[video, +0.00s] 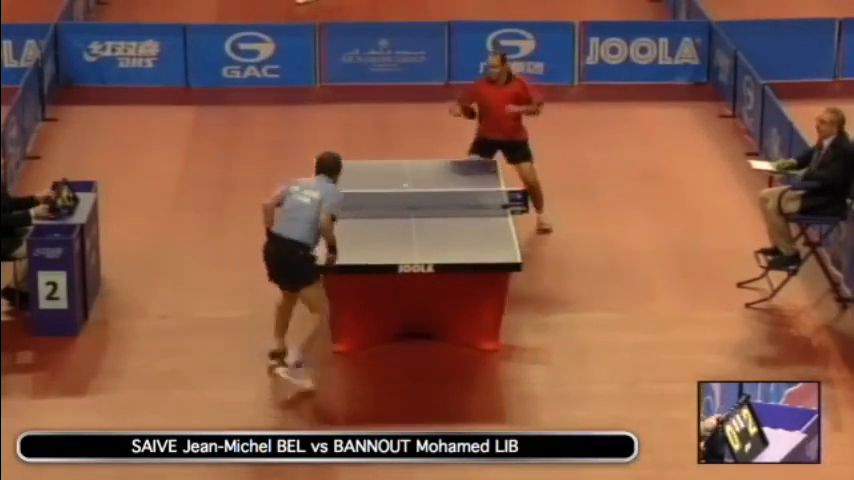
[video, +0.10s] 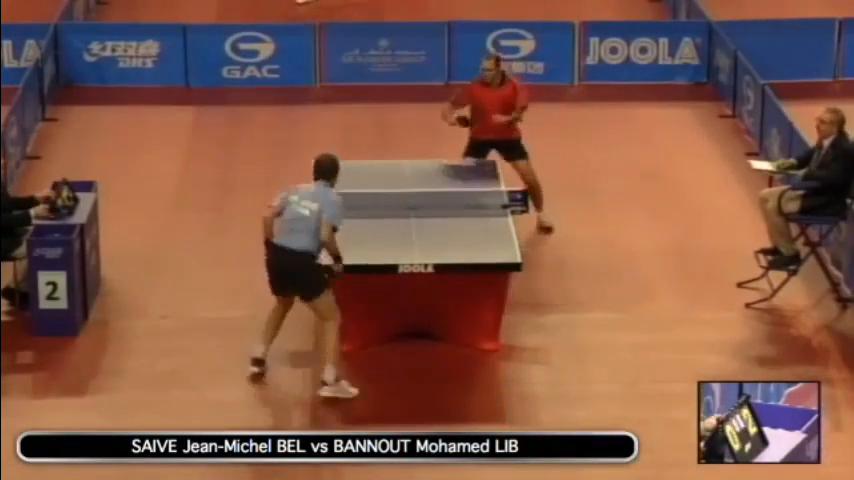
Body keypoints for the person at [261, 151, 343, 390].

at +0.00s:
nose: (339, 177)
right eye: (339, 173)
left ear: (316, 169)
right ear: (337, 173)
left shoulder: (297, 184)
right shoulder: (333, 192)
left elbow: (268, 205)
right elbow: (324, 222)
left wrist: (271, 234)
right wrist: (332, 249)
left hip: (274, 247)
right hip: (296, 251)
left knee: (289, 295)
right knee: (322, 311)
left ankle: (277, 345)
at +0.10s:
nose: (336, 178)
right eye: (336, 174)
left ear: (314, 172)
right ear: (335, 176)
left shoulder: (295, 191)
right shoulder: (332, 199)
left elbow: (268, 216)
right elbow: (326, 236)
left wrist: (270, 245)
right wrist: (337, 259)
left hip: (277, 257)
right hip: (303, 261)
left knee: (283, 303)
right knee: (331, 317)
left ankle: (259, 355)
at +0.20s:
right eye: (335, 184)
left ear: (312, 184)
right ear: (334, 187)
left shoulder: (294, 204)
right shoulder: (332, 214)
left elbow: (268, 230)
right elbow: (334, 255)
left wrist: (270, 253)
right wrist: (352, 268)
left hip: (279, 269)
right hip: (307, 275)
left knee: (280, 305)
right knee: (340, 324)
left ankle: (262, 357)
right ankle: (333, 383)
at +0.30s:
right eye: (333, 180)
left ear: (311, 178)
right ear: (333, 183)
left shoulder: (293, 196)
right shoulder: (327, 212)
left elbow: (266, 220)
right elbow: (332, 255)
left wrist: (276, 242)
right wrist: (355, 264)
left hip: (272, 265)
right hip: (300, 271)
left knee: (269, 300)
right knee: (330, 320)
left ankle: (256, 352)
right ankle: (331, 382)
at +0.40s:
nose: (329, 183)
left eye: (325, 177)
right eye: (329, 179)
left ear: (307, 176)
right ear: (327, 183)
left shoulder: (290, 191)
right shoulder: (315, 214)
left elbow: (266, 213)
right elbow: (310, 257)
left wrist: (288, 223)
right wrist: (336, 272)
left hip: (256, 254)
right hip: (277, 267)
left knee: (255, 295)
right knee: (315, 312)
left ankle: (224, 341)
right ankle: (315, 375)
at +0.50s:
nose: (324, 193)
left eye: (322, 189)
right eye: (323, 190)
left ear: (301, 186)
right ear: (319, 193)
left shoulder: (286, 199)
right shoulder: (300, 222)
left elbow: (270, 213)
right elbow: (283, 259)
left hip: (249, 258)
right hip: (266, 271)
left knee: (242, 302)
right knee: (309, 315)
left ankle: (203, 338)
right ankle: (304, 375)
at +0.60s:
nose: (312, 212)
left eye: (312, 208)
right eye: (310, 208)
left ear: (292, 206)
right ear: (301, 211)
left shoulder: (283, 224)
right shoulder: (275, 231)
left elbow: (272, 244)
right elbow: (236, 258)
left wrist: (286, 252)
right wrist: (234, 294)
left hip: (248, 286)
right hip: (255, 290)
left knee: (217, 316)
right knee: (299, 319)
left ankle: (175, 341)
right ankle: (302, 377)